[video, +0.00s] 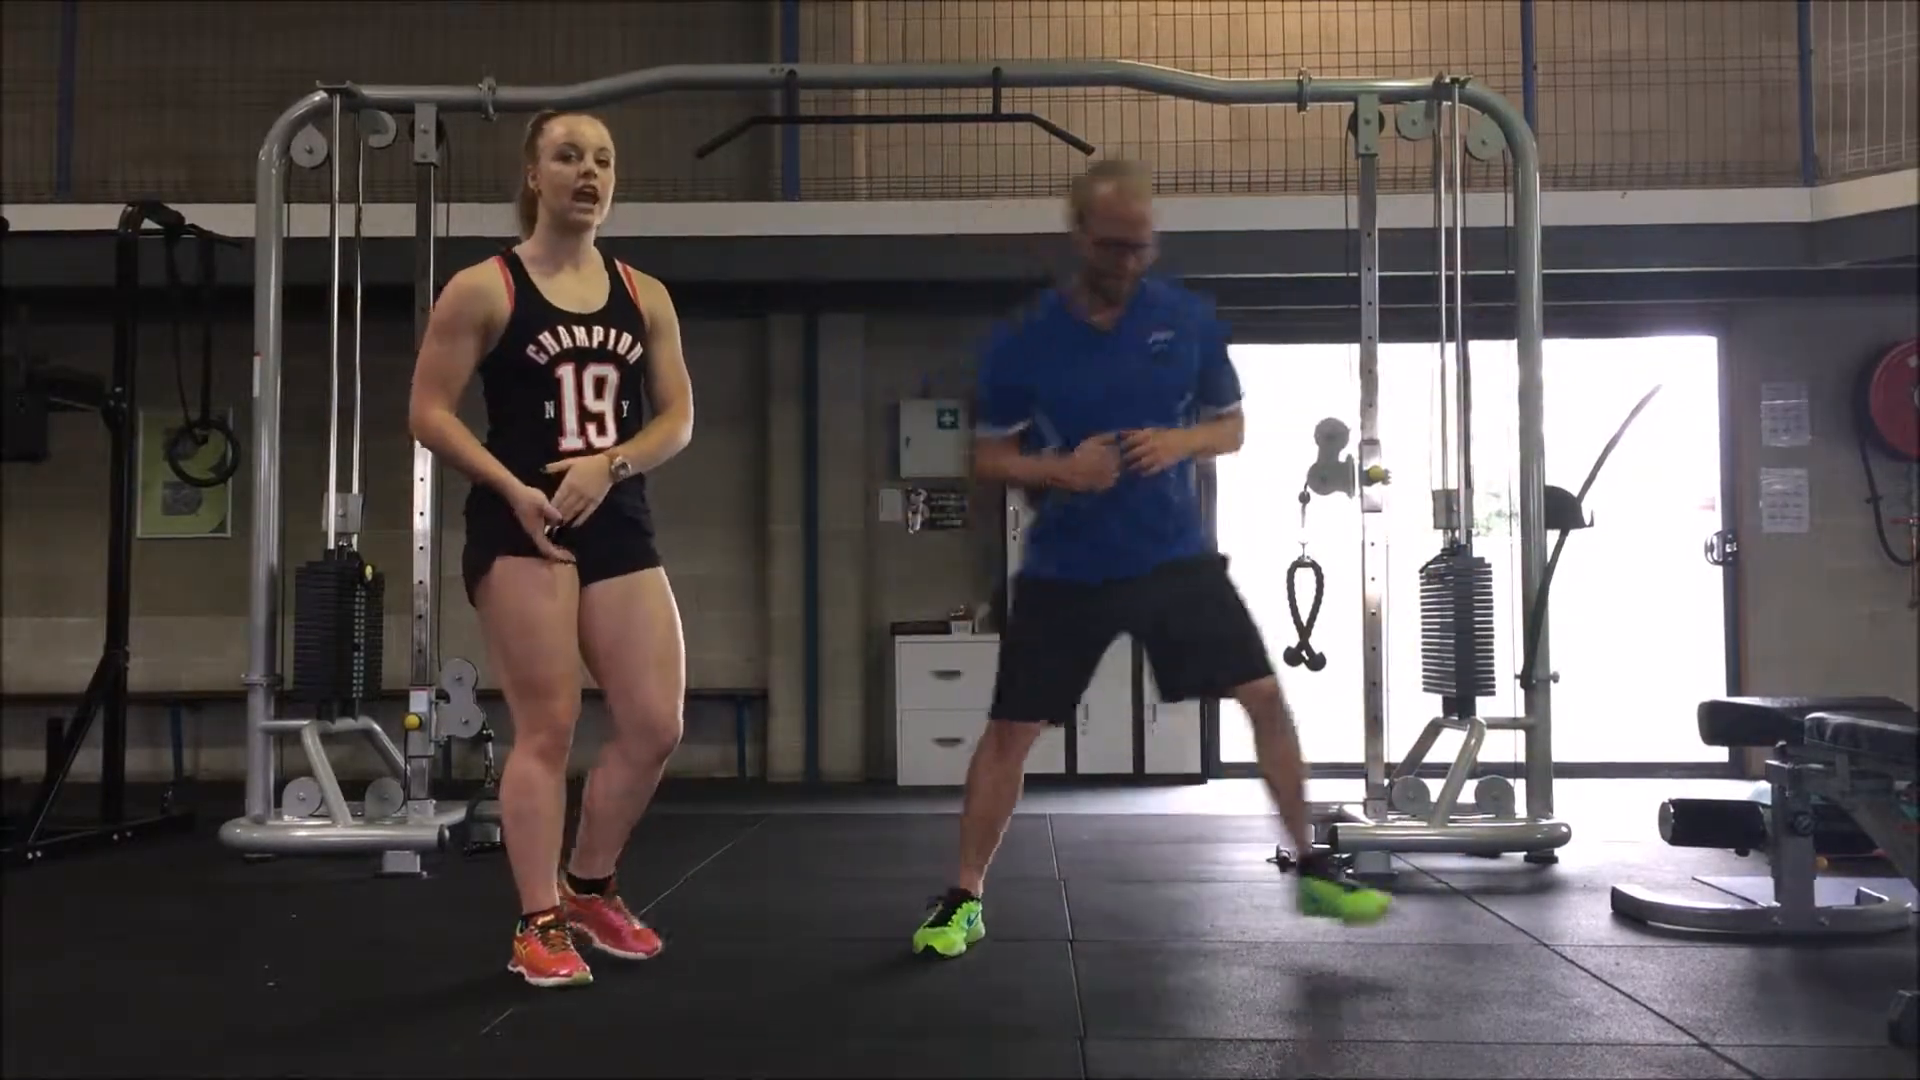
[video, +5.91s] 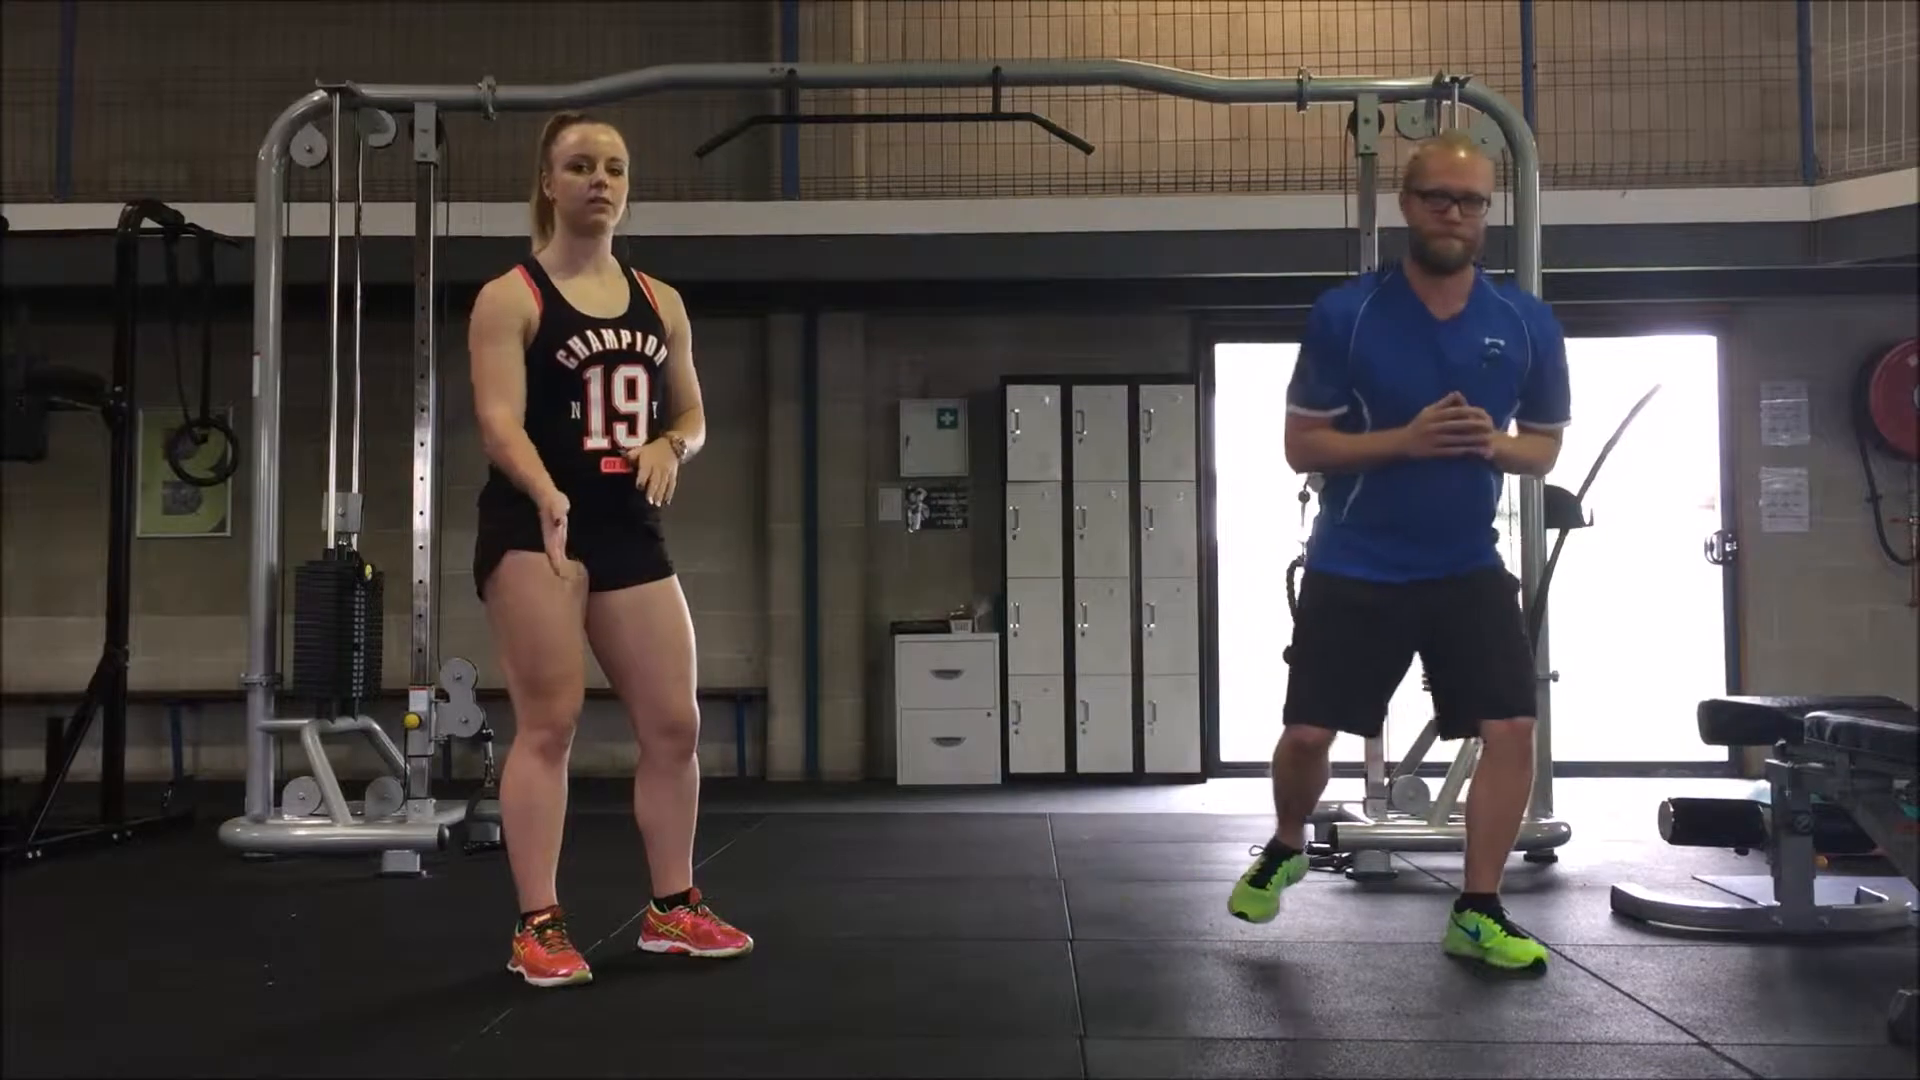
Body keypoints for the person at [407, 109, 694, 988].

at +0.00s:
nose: (588, 172)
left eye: (601, 161)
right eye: (569, 157)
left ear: (615, 185)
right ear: (531, 177)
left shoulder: (644, 296)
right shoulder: (483, 289)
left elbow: (677, 418)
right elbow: (428, 413)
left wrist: (610, 464)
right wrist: (512, 487)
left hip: (619, 526)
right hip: (521, 527)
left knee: (653, 722)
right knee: (544, 726)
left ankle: (587, 890)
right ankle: (539, 925)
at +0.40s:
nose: (644, 182)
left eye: (647, 169)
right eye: (627, 166)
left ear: (633, 183)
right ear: (574, 173)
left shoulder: (660, 293)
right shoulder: (514, 285)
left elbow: (717, 404)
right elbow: (453, 404)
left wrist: (727, 423)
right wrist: (545, 471)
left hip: (641, 530)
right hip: (546, 527)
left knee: (664, 723)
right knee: (546, 725)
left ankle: (674, 904)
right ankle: (540, 926)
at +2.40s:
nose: (631, 183)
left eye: (643, 169)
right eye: (611, 169)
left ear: (658, 187)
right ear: (576, 186)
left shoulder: (684, 303)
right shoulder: (531, 297)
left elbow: (724, 419)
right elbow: (481, 417)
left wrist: (702, 514)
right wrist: (566, 479)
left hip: (655, 533)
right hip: (553, 531)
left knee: (684, 726)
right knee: (546, 726)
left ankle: (674, 907)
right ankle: (538, 925)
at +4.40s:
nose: (640, 201)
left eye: (643, 187)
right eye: (624, 186)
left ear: (631, 196)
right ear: (570, 189)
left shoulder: (655, 303)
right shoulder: (502, 299)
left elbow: (686, 417)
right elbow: (459, 420)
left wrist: (664, 437)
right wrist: (575, 436)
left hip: (625, 528)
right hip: (532, 525)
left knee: (678, 720)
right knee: (544, 720)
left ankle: (674, 906)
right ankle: (538, 924)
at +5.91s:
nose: (600, 180)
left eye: (613, 169)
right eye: (581, 167)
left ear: (627, 189)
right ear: (546, 184)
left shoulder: (659, 301)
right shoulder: (508, 299)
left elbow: (691, 414)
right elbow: (499, 422)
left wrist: (672, 446)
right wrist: (546, 493)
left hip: (625, 520)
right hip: (531, 520)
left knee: (674, 725)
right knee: (548, 726)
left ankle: (673, 906)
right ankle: (539, 926)